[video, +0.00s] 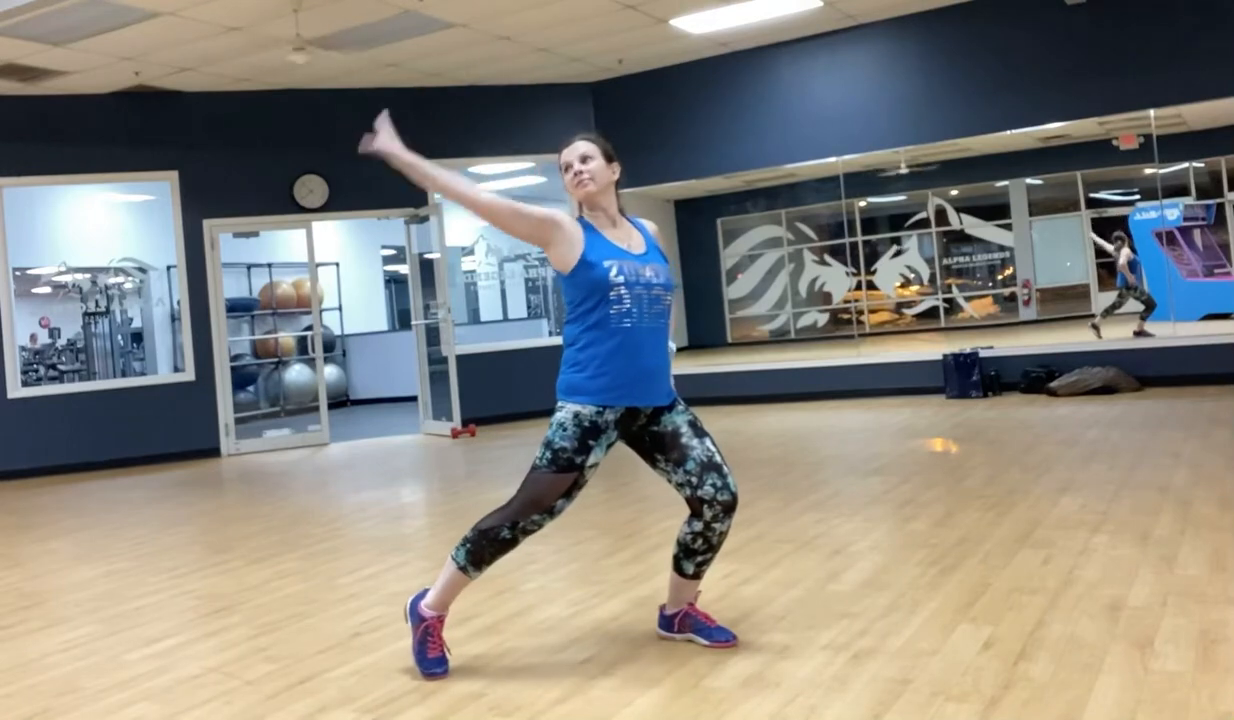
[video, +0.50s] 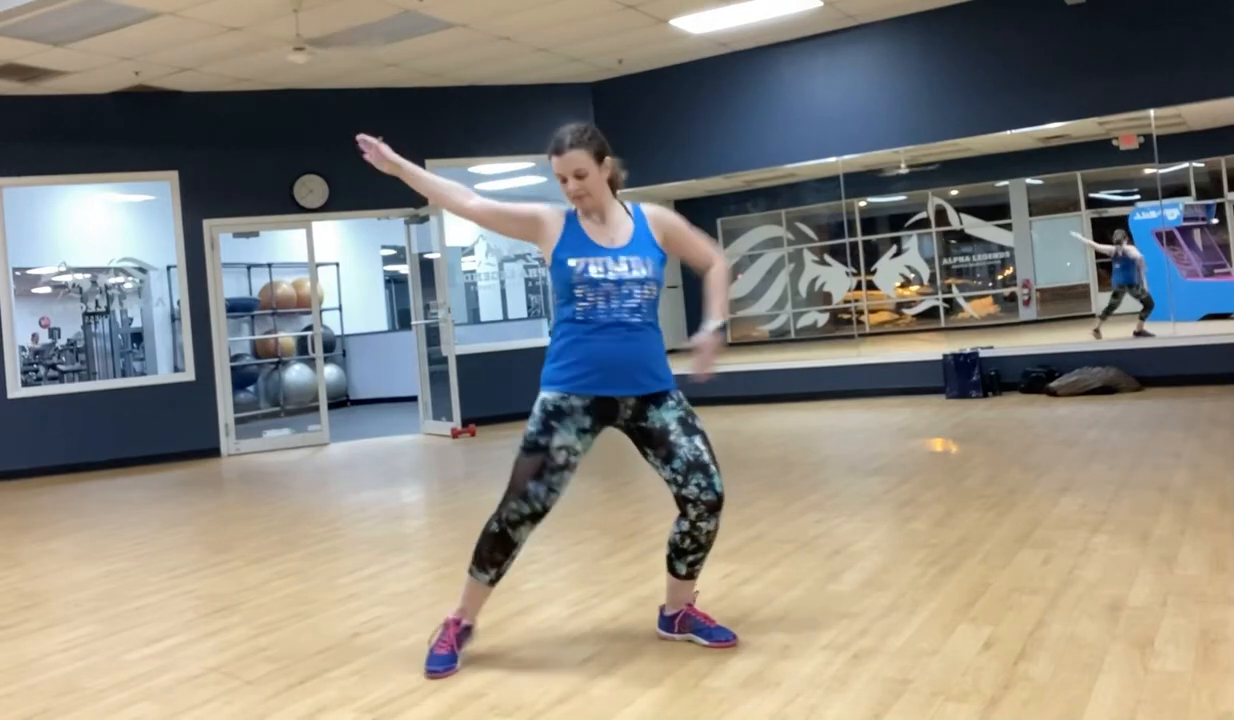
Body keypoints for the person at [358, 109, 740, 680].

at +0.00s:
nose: (575, 170)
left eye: (585, 160)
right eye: (566, 169)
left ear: (615, 171)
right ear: (565, 187)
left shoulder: (645, 234)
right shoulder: (562, 230)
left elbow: (655, 310)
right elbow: (473, 197)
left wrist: (659, 369)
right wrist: (400, 154)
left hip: (655, 400)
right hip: (589, 404)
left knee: (717, 497)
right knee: (531, 511)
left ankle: (679, 609)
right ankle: (429, 609)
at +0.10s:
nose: (577, 173)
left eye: (585, 162)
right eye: (568, 170)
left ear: (615, 169)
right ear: (567, 185)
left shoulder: (648, 232)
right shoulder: (562, 232)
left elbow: (658, 308)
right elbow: (476, 209)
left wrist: (660, 362)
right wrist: (403, 170)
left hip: (654, 400)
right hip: (589, 404)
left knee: (718, 498)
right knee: (529, 511)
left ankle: (679, 610)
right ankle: (430, 610)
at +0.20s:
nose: (574, 176)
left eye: (583, 166)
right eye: (566, 171)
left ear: (612, 170)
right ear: (561, 182)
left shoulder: (648, 231)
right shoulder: (557, 230)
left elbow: (671, 292)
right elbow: (475, 216)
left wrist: (668, 342)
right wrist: (400, 182)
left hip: (653, 399)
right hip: (585, 404)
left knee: (715, 497)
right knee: (527, 511)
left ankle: (679, 610)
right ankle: (434, 610)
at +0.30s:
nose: (575, 181)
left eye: (583, 169)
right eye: (566, 174)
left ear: (610, 170)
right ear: (560, 181)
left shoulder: (647, 230)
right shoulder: (556, 230)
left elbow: (672, 289)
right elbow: (474, 213)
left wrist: (670, 338)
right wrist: (400, 175)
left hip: (654, 399)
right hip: (583, 402)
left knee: (715, 497)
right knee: (528, 509)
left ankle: (680, 609)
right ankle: (436, 611)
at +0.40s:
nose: (573, 186)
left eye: (582, 173)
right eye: (564, 178)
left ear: (609, 170)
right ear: (559, 182)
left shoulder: (651, 229)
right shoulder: (555, 227)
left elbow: (679, 286)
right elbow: (468, 204)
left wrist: (675, 335)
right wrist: (401, 162)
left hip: (652, 396)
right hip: (580, 400)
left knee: (712, 496)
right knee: (527, 513)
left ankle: (678, 610)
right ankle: (444, 617)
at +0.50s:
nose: (572, 188)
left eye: (580, 175)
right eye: (563, 180)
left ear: (607, 169)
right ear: (556, 181)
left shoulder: (654, 221)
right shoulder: (551, 223)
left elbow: (716, 263)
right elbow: (470, 203)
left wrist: (712, 326)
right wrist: (399, 166)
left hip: (650, 389)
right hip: (571, 392)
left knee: (704, 495)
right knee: (524, 504)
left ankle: (678, 610)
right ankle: (460, 623)